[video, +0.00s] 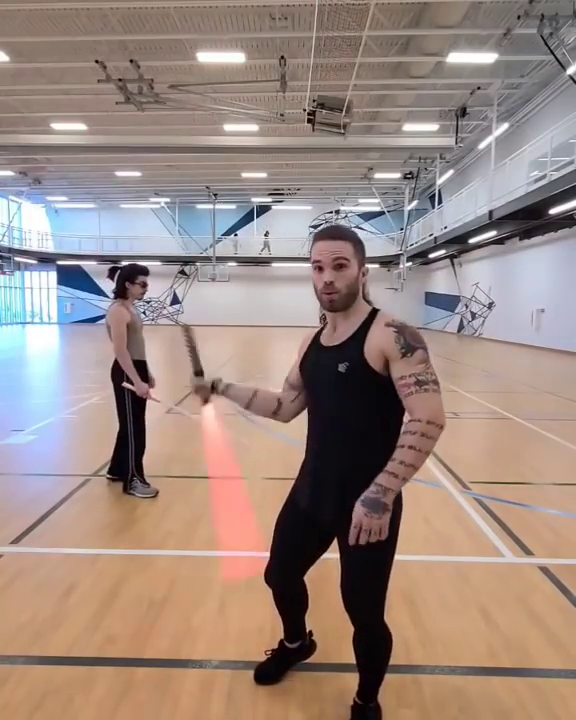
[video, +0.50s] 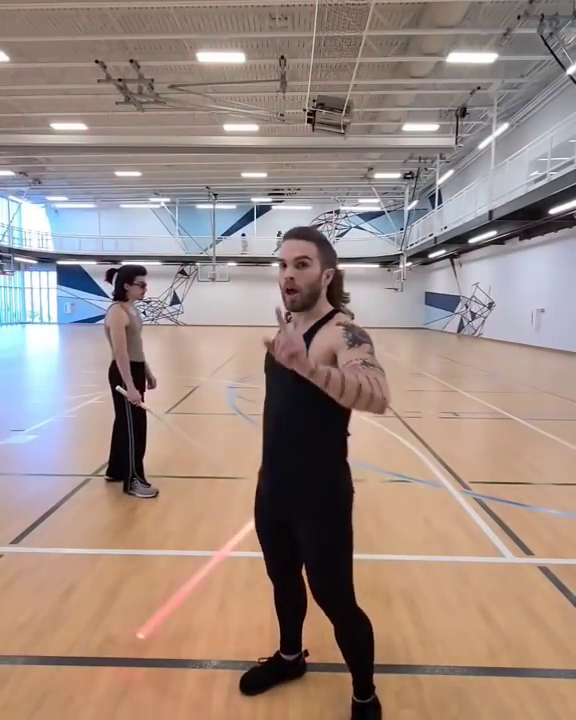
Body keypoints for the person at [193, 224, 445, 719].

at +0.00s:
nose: (327, 277)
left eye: (340, 266)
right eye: (319, 267)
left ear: (362, 271)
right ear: (311, 274)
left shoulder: (392, 335)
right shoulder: (317, 341)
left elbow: (428, 419)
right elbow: (284, 405)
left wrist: (380, 494)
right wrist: (222, 388)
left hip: (369, 495)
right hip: (316, 486)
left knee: (365, 610)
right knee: (281, 573)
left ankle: (367, 700)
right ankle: (296, 640)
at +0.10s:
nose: (321, 276)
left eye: (333, 265)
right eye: (313, 267)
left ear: (357, 273)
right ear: (306, 274)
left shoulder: (383, 333)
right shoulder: (316, 339)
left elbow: (421, 413)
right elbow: (280, 403)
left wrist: (359, 478)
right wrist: (222, 384)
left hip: (370, 494)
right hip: (315, 484)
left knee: (362, 609)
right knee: (277, 569)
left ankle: (367, 701)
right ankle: (294, 640)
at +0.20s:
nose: (316, 275)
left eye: (329, 264)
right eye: (308, 266)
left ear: (353, 272)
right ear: (302, 273)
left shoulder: (377, 338)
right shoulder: (316, 333)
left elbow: (406, 419)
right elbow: (285, 394)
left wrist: (329, 464)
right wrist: (226, 406)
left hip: (361, 497)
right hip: (309, 489)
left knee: (358, 605)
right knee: (283, 571)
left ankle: (367, 700)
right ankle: (289, 649)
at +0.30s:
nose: (310, 279)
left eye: (322, 268)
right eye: (302, 269)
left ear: (349, 273)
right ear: (296, 275)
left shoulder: (371, 342)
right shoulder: (306, 333)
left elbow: (390, 424)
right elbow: (298, 404)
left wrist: (307, 445)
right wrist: (260, 438)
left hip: (349, 494)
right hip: (299, 486)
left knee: (351, 604)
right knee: (289, 579)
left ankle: (366, 699)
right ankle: (290, 655)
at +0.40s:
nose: (300, 276)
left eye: (313, 265)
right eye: (293, 266)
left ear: (340, 273)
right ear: (287, 273)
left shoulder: (357, 340)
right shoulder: (295, 329)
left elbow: (385, 414)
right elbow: (296, 414)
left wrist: (306, 400)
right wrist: (277, 471)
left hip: (334, 490)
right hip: (288, 482)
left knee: (344, 599)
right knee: (288, 577)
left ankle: (365, 698)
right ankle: (290, 655)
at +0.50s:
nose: (288, 275)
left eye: (301, 265)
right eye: (282, 266)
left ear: (328, 275)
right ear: (277, 275)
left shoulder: (344, 333)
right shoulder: (286, 332)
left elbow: (377, 394)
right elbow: (280, 415)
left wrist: (307, 368)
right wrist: (268, 477)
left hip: (321, 491)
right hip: (275, 485)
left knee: (336, 599)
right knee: (283, 576)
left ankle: (364, 696)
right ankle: (290, 655)